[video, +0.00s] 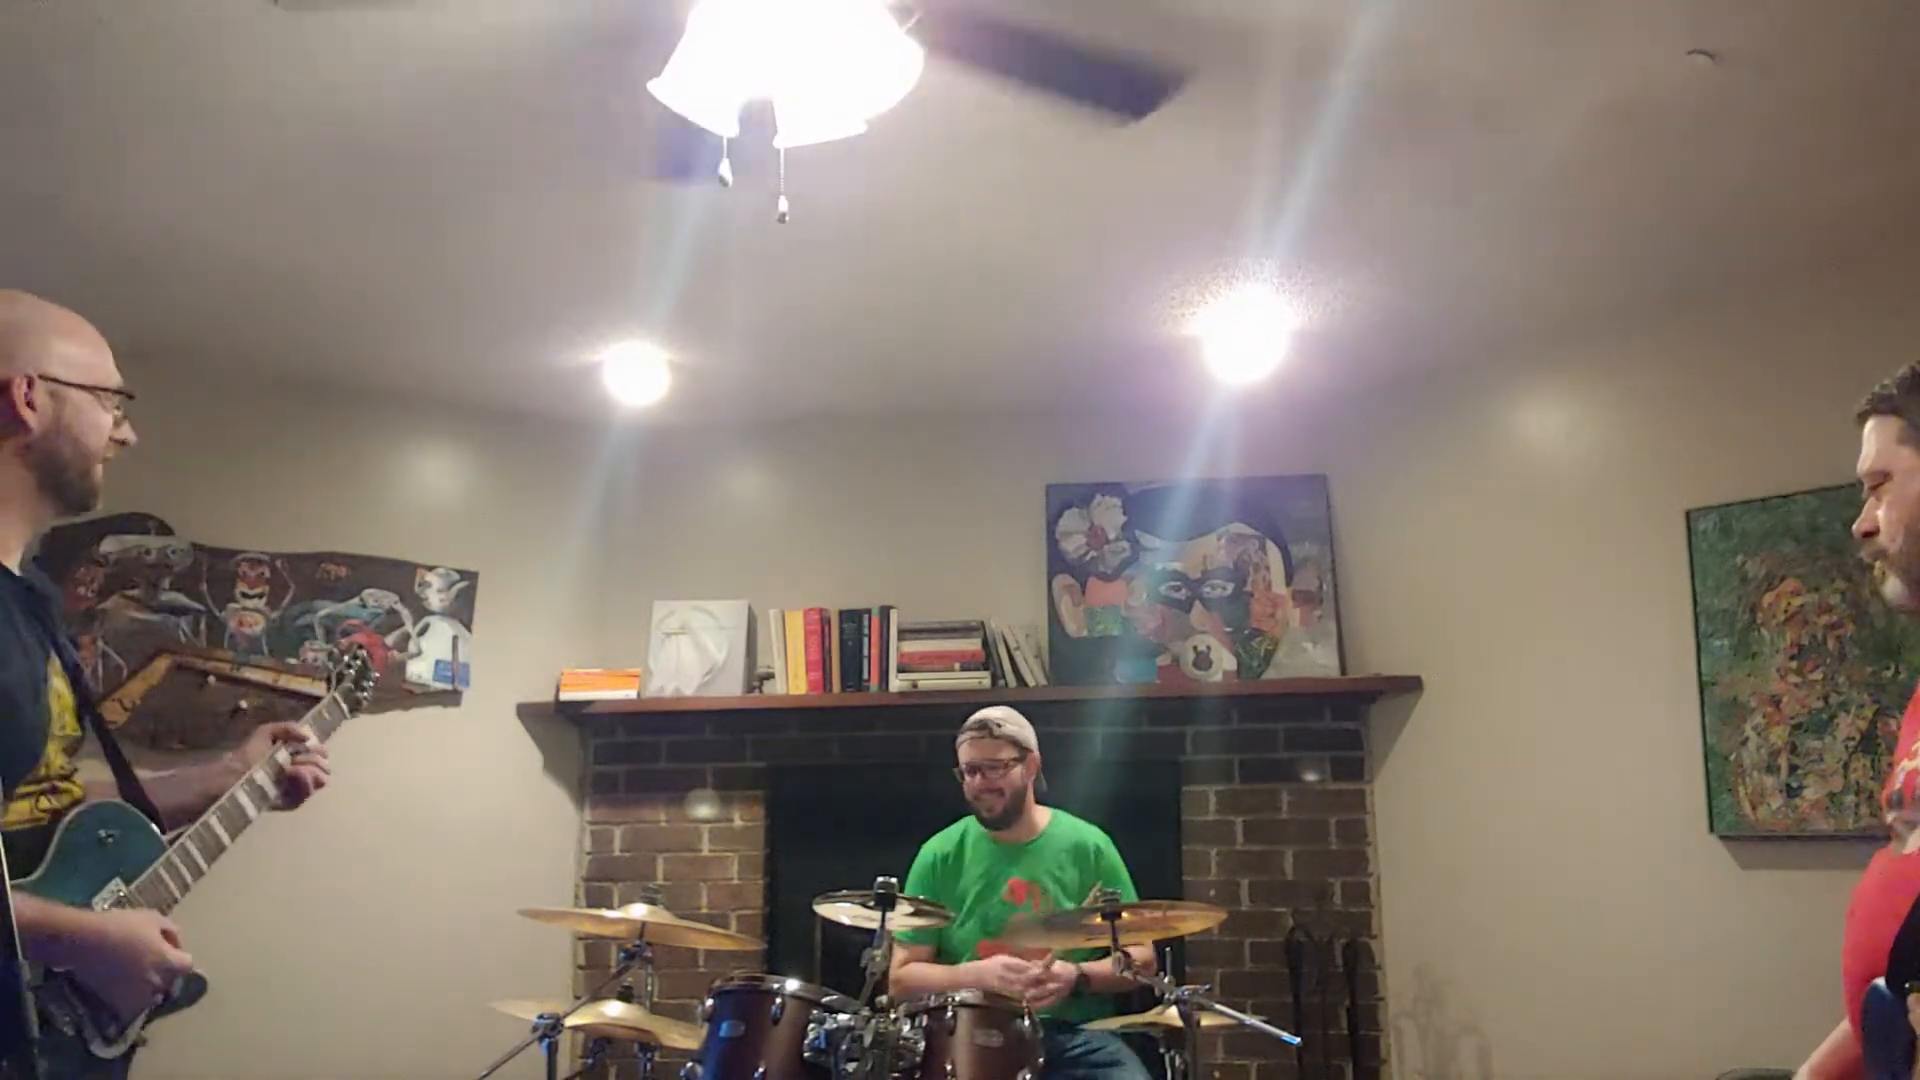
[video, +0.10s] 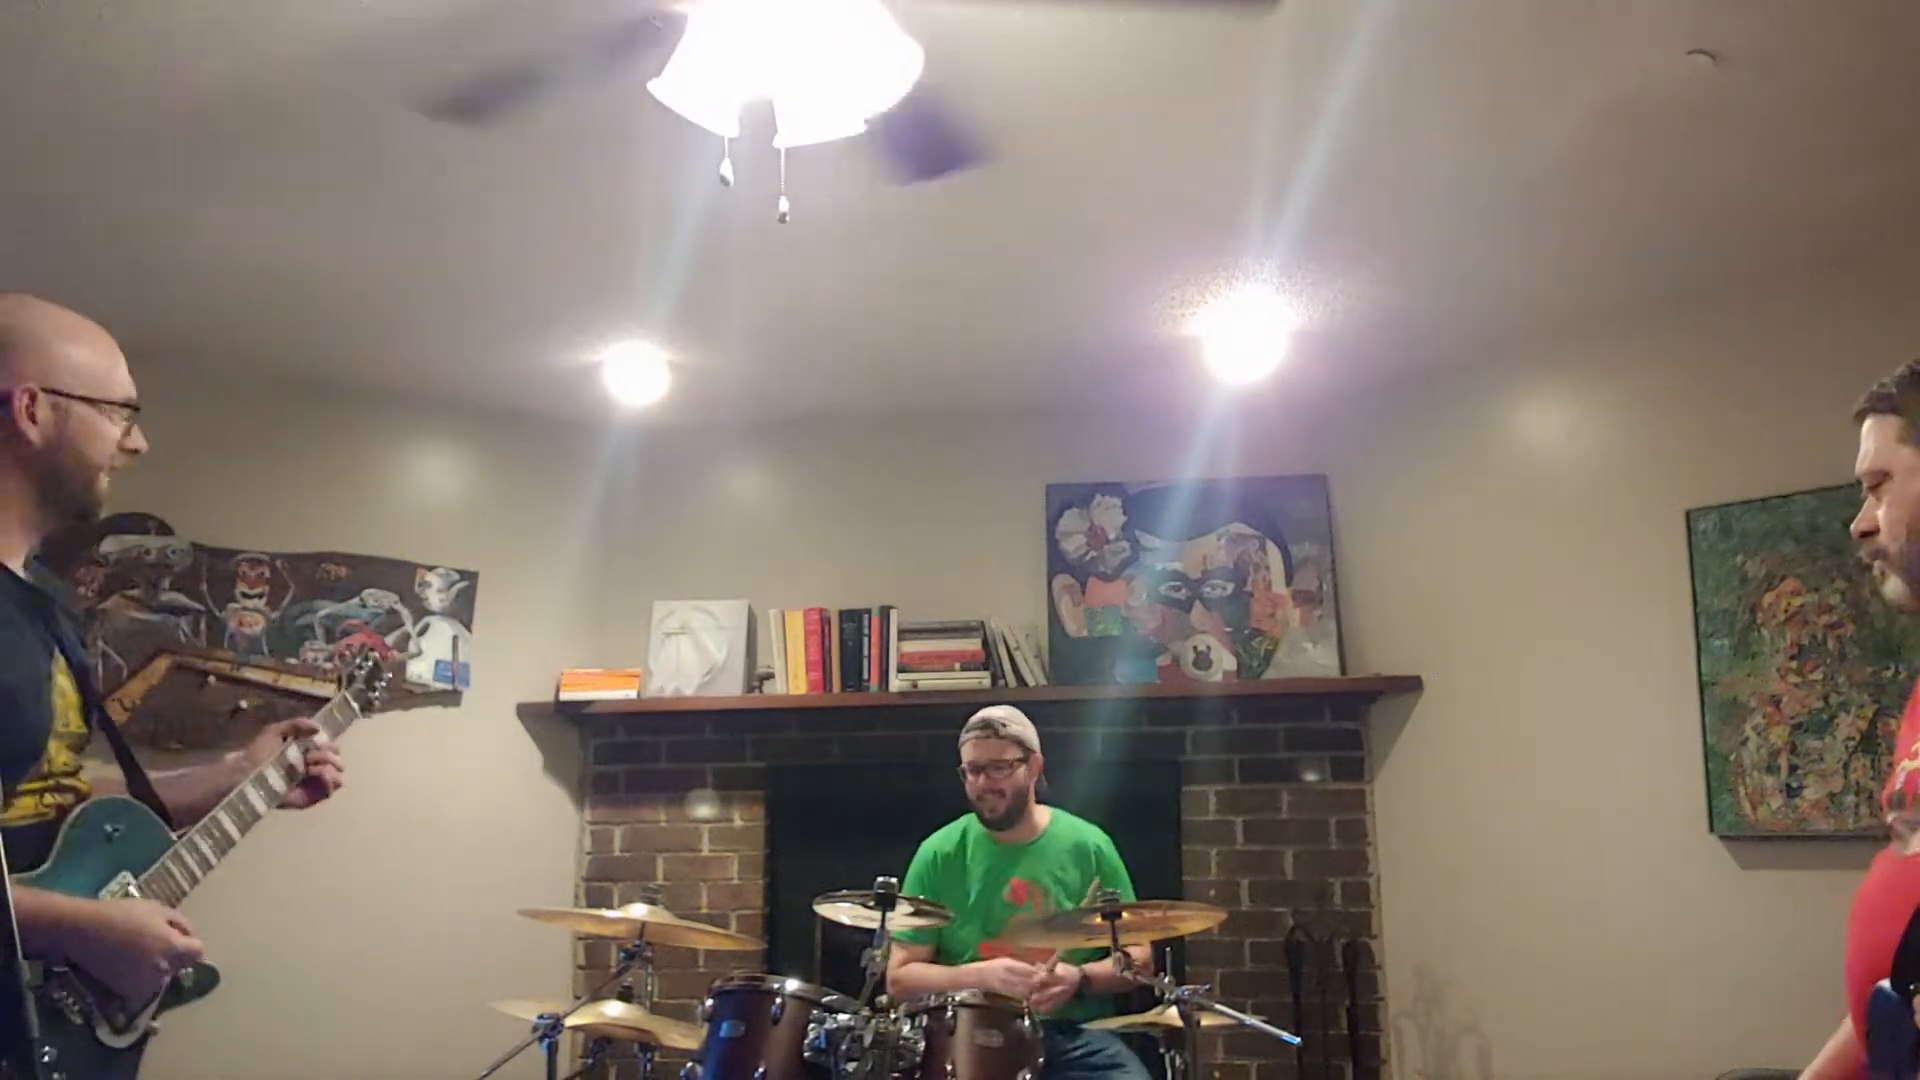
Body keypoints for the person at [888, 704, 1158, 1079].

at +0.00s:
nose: (982, 783)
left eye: (997, 768)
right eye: (971, 770)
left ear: (1031, 766)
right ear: (959, 775)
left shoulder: (1088, 846)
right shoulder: (940, 856)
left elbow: (1142, 959)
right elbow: (902, 976)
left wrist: (1078, 976)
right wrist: (981, 975)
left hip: (1074, 1030)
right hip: (971, 1032)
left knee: (1130, 1074)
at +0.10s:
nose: (985, 783)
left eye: (1001, 768)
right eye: (974, 770)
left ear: (1033, 767)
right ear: (961, 774)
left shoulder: (1088, 846)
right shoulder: (939, 854)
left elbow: (1139, 959)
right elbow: (900, 976)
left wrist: (1080, 977)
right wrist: (984, 975)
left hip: (1073, 1031)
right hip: (971, 1034)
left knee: (1131, 1074)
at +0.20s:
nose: (990, 781)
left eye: (1006, 766)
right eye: (978, 768)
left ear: (1039, 766)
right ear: (966, 771)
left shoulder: (1089, 847)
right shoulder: (939, 853)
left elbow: (1138, 959)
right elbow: (901, 976)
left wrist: (1084, 978)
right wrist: (987, 975)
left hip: (1072, 1033)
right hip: (968, 1034)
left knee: (1132, 1075)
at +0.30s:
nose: (995, 775)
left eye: (1011, 761)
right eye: (983, 762)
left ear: (1042, 765)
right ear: (970, 768)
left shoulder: (1089, 847)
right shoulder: (939, 852)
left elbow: (1137, 959)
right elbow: (902, 976)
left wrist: (1089, 980)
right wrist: (983, 976)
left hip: (1073, 1036)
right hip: (969, 1037)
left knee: (1133, 1075)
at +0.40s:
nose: (1001, 773)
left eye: (1016, 759)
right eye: (989, 760)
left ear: (1045, 764)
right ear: (974, 767)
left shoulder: (1091, 847)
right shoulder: (941, 852)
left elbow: (1137, 959)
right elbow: (902, 974)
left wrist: (1092, 981)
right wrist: (980, 976)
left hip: (1072, 1032)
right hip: (970, 1034)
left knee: (1133, 1075)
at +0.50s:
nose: (1005, 773)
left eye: (1018, 758)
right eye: (992, 760)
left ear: (1047, 764)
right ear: (976, 769)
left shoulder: (1093, 848)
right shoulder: (943, 852)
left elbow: (1139, 963)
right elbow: (902, 974)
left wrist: (1093, 979)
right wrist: (977, 976)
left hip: (1072, 1030)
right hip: (969, 1031)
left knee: (1131, 1074)